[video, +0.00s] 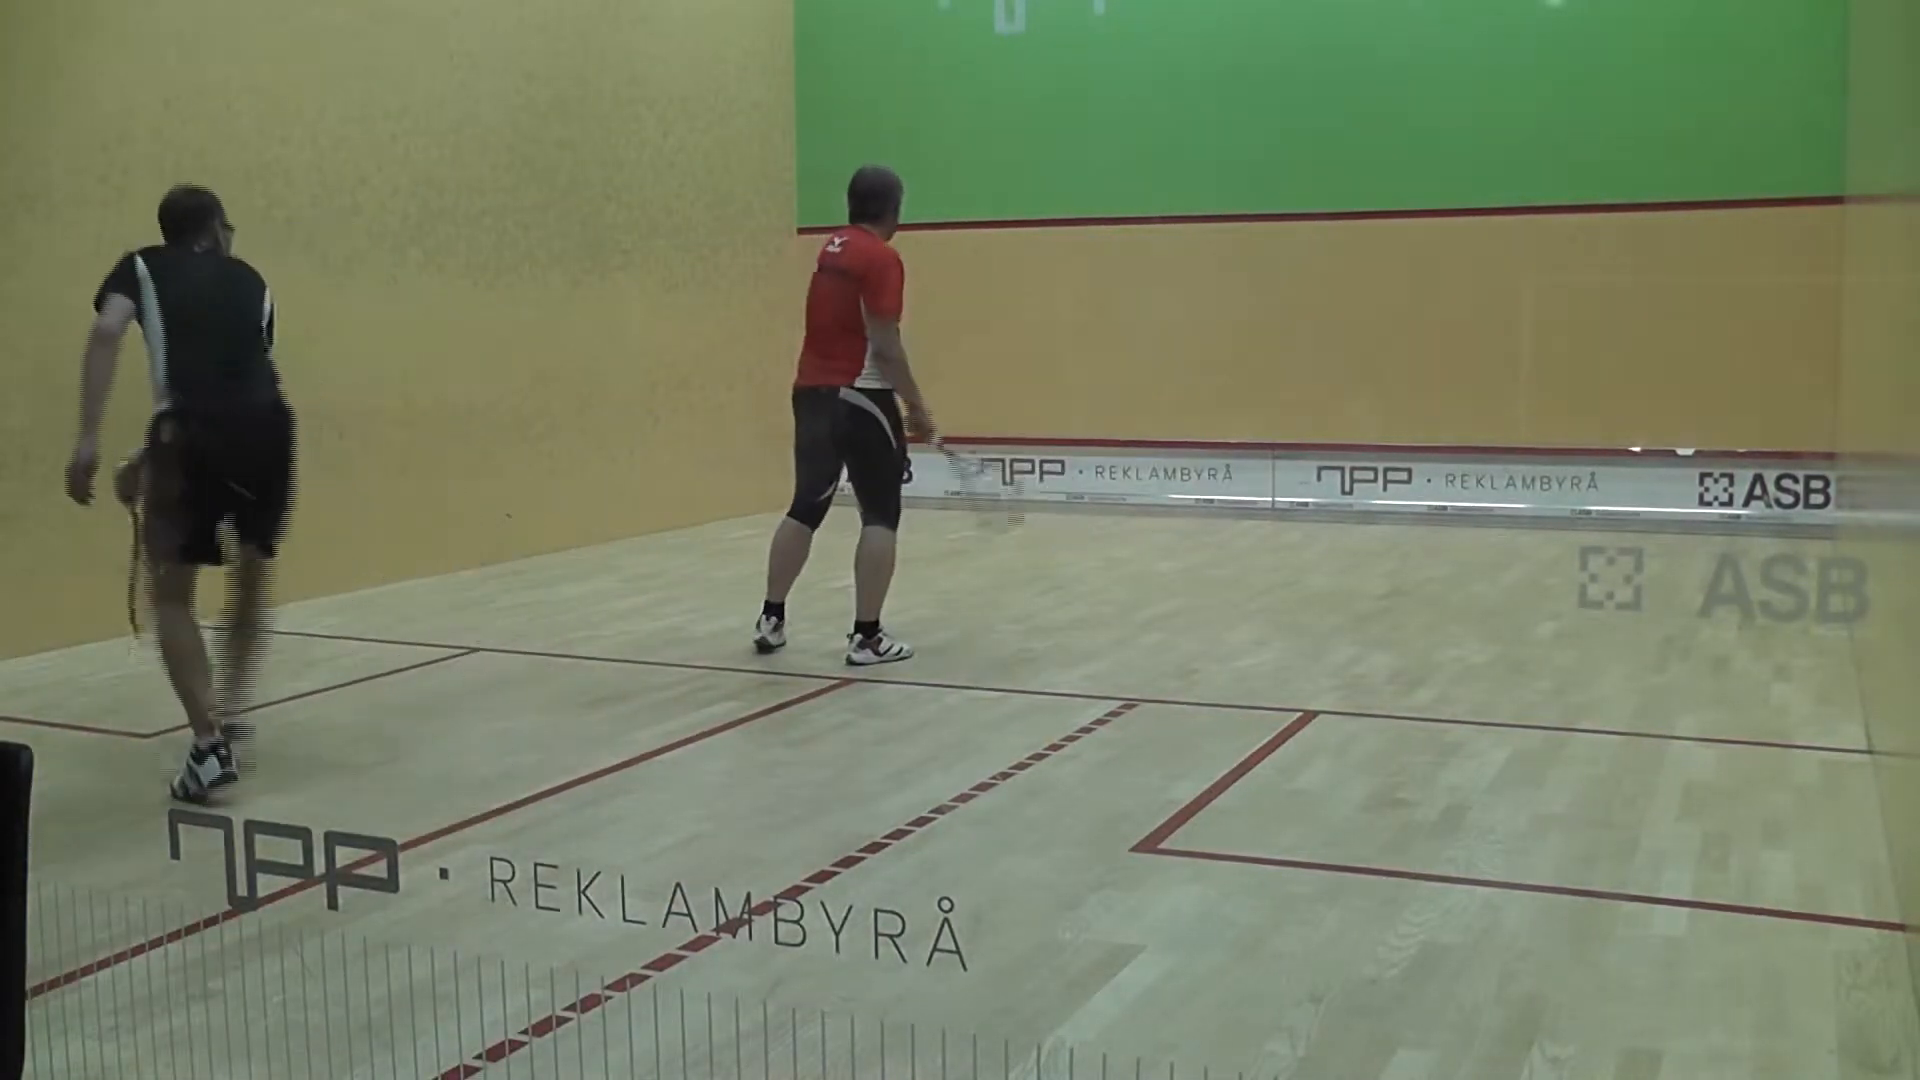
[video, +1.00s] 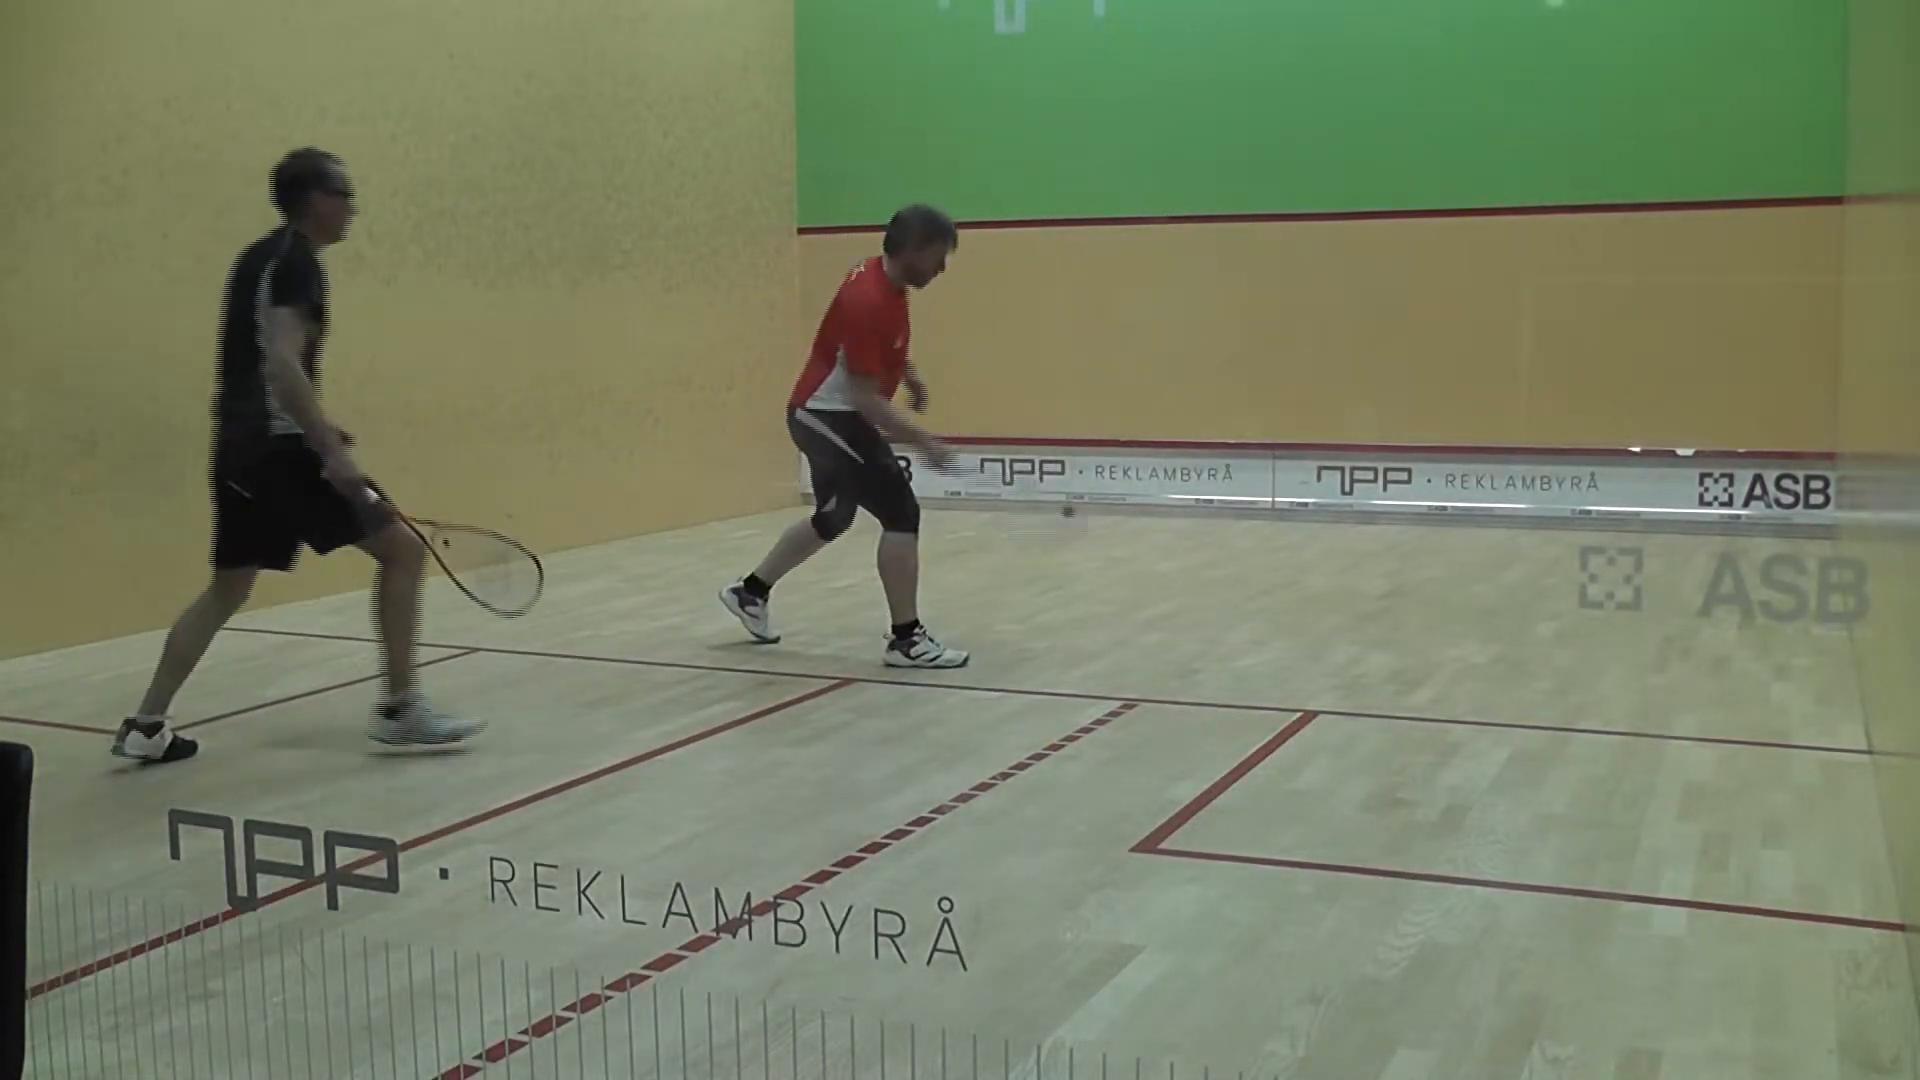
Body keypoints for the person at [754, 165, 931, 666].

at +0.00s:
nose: (900, 214)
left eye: (893, 205)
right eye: (900, 207)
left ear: (851, 207)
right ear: (895, 210)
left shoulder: (832, 248)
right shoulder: (881, 260)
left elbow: (845, 336)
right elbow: (885, 347)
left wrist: (893, 404)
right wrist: (917, 405)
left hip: (812, 395)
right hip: (861, 399)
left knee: (806, 506)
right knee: (880, 516)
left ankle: (770, 619)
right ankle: (867, 636)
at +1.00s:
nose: (942, 268)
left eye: (945, 259)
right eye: (938, 258)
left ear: (905, 251)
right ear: (909, 251)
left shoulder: (883, 280)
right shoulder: (868, 301)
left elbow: (879, 341)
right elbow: (864, 398)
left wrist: (907, 375)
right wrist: (921, 439)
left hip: (831, 411)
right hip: (829, 417)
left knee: (834, 515)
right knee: (901, 513)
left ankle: (751, 591)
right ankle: (906, 636)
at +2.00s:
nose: (812, 215)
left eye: (812, 205)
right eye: (809, 205)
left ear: (762, 205)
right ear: (791, 206)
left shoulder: (725, 257)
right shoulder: (801, 260)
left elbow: (715, 338)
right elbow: (826, 346)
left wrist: (741, 382)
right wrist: (849, 408)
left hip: (733, 400)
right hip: (786, 398)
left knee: (742, 506)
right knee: (821, 504)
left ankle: (735, 623)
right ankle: (817, 626)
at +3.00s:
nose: (826, 218)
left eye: (825, 208)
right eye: (824, 208)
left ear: (771, 212)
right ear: (813, 211)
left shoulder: (743, 259)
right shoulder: (812, 265)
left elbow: (715, 337)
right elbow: (836, 348)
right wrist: (862, 413)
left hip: (719, 410)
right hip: (775, 410)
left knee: (727, 523)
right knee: (834, 516)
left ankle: (692, 646)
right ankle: (842, 644)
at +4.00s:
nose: (702, 187)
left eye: (697, 178)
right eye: (697, 179)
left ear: (645, 195)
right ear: (688, 189)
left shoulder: (615, 254)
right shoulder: (718, 246)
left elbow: (586, 344)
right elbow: (747, 330)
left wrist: (593, 417)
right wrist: (767, 410)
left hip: (639, 416)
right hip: (705, 411)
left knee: (653, 541)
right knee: (721, 539)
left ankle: (664, 664)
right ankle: (685, 661)